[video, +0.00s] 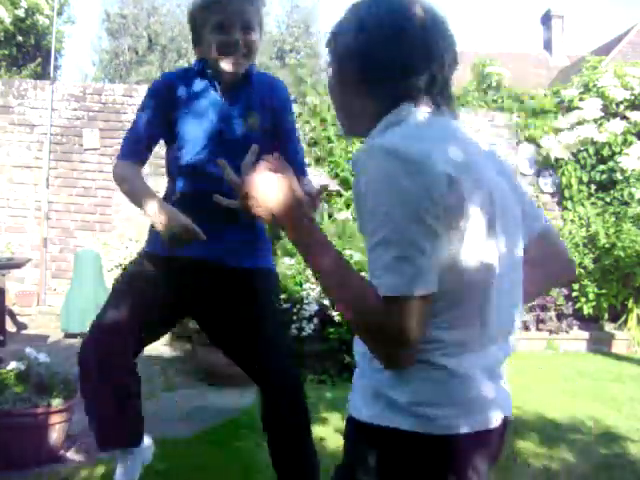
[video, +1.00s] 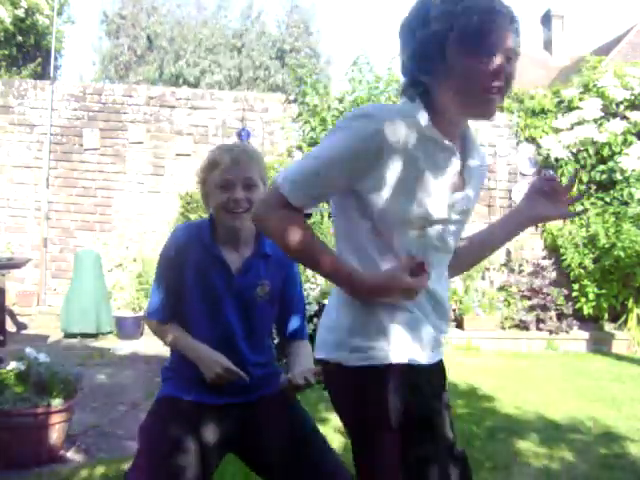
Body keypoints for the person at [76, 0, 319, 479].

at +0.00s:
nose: (236, 39)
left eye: (246, 29)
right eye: (222, 29)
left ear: (259, 33)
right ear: (198, 34)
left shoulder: (271, 93)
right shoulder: (170, 89)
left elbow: (296, 177)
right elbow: (125, 167)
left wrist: (301, 189)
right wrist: (155, 208)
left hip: (244, 267)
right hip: (172, 260)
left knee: (283, 382)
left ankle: (299, 477)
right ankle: (130, 449)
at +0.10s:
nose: (220, 87)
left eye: (231, 75)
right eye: (207, 76)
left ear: (248, 74)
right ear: (187, 77)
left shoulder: (267, 120)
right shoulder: (167, 116)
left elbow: (302, 201)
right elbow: (133, 200)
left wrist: (270, 210)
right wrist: (192, 201)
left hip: (246, 257)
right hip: (178, 250)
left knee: (295, 333)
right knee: (90, 312)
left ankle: (307, 419)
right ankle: (173, 366)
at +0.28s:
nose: (214, 116)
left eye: (226, 107)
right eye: (201, 106)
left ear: (244, 119)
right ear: (182, 120)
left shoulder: (266, 178)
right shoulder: (164, 177)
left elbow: (282, 232)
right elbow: (161, 241)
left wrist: (290, 281)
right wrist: (167, 274)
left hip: (259, 344)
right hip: (184, 345)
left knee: (313, 446)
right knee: (133, 444)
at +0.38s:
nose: (207, 178)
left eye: (218, 165)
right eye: (194, 169)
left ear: (239, 167)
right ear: (179, 176)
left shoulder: (271, 230)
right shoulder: (168, 224)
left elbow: (294, 313)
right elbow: (169, 302)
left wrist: (282, 370)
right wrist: (184, 343)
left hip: (262, 377)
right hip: (191, 371)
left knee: (304, 463)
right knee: (125, 455)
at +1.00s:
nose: (238, 197)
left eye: (249, 187)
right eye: (225, 187)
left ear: (264, 192)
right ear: (206, 194)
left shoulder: (279, 253)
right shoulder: (185, 241)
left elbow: (295, 332)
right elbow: (157, 317)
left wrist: (301, 366)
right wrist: (199, 353)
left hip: (261, 397)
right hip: (191, 398)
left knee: (329, 474)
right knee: (154, 474)